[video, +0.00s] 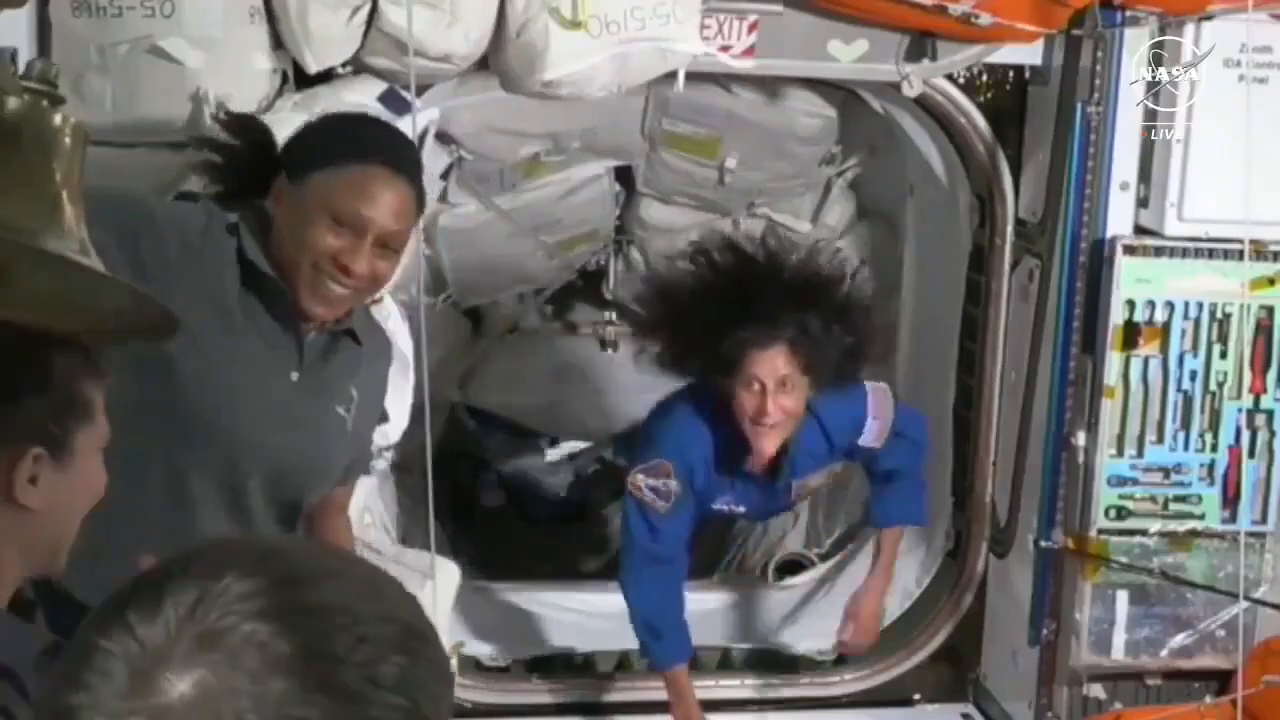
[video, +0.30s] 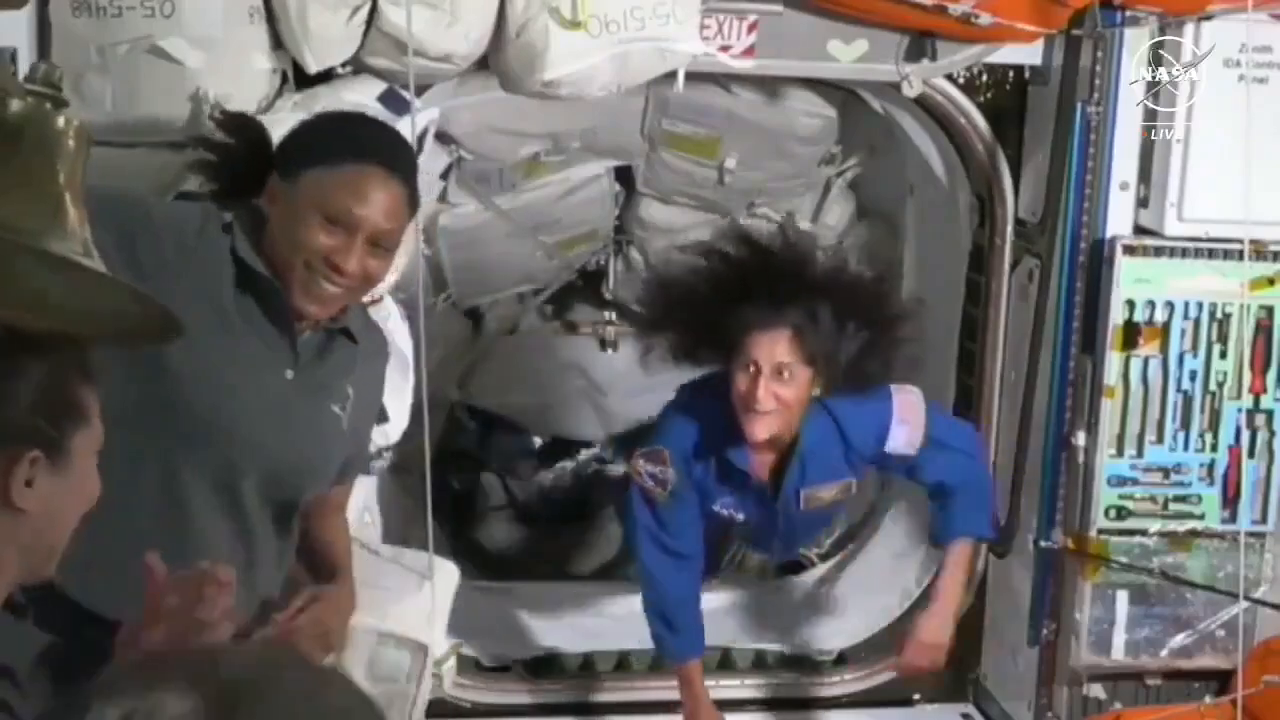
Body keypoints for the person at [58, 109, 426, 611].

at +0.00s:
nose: (356, 266)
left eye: (386, 248)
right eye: (341, 227)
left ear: (402, 257)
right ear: (280, 199)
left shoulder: (365, 354)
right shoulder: (167, 246)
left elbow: (328, 511)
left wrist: (351, 619)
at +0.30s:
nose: (351, 262)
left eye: (379, 247)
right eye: (333, 225)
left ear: (395, 258)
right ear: (275, 196)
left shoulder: (360, 354)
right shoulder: (151, 244)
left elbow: (326, 503)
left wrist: (340, 588)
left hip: (226, 661)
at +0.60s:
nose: (387, 275)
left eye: (400, 255)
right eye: (372, 245)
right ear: (289, 208)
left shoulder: (360, 353)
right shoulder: (159, 245)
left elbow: (325, 504)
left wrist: (325, 590)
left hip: (222, 646)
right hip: (74, 619)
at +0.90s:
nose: (407, 284)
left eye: (415, 257)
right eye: (400, 252)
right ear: (323, 225)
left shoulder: (354, 358)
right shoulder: (143, 247)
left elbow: (321, 509)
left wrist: (324, 595)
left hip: (205, 670)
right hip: (57, 639)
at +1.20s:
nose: (400, 281)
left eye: (407, 256)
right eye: (394, 250)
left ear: (315, 224)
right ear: (315, 223)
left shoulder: (350, 355)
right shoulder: (146, 253)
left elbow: (320, 508)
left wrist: (347, 586)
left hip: (210, 667)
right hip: (65, 641)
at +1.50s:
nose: (383, 272)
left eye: (392, 247)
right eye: (371, 241)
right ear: (285, 214)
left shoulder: (345, 344)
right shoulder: (133, 254)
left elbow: (323, 504)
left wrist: (364, 569)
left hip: (222, 668)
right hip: (84, 648)